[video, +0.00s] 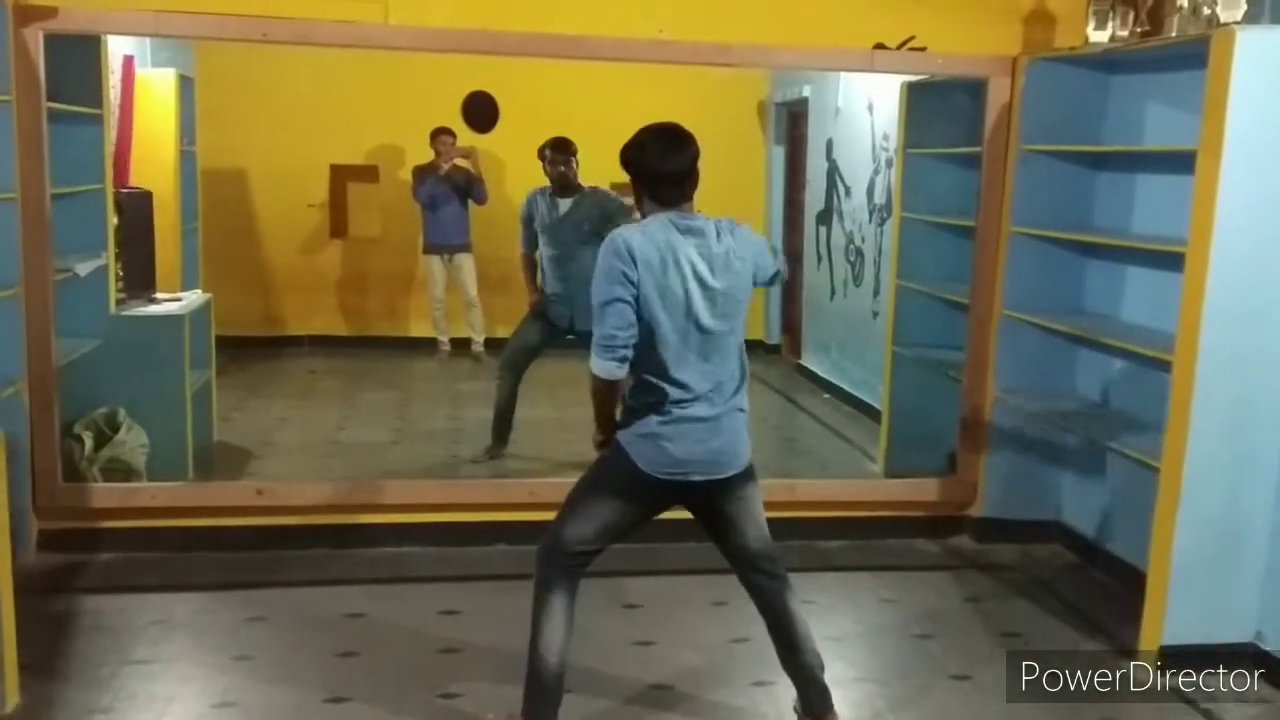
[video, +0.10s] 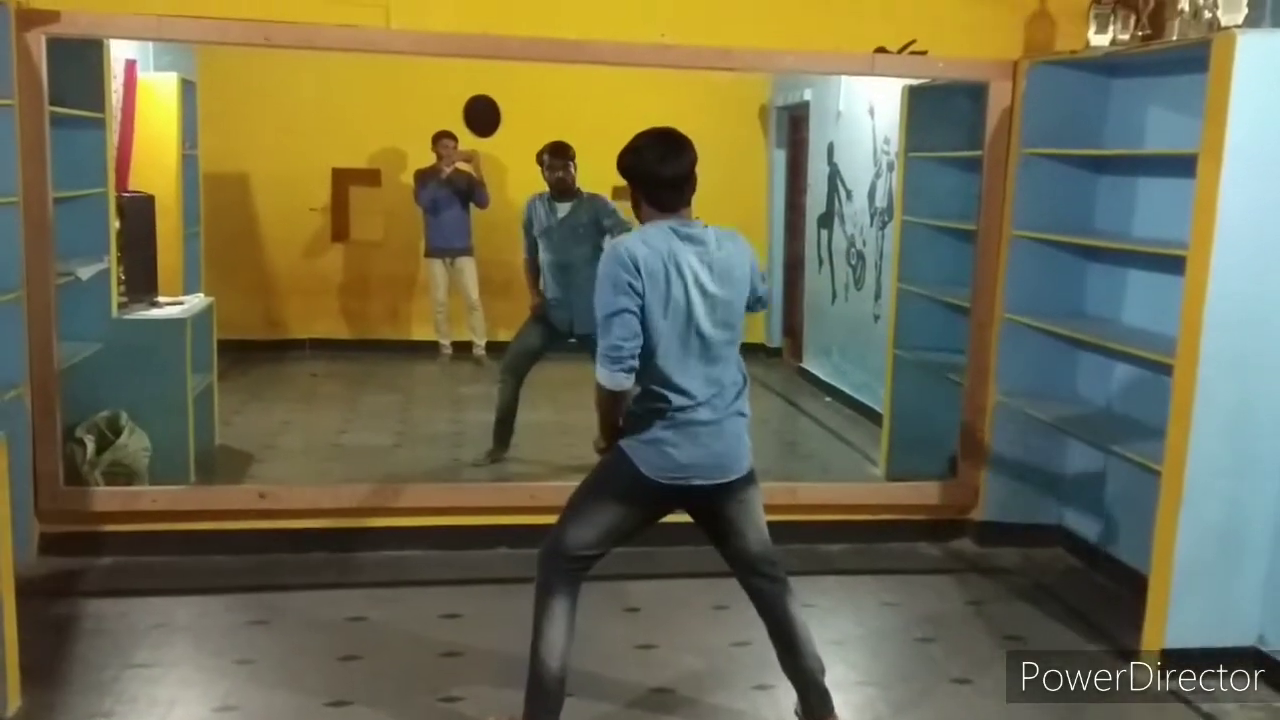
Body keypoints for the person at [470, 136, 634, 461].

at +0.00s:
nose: (562, 170)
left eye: (568, 163)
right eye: (555, 164)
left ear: (577, 164)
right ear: (543, 166)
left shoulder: (601, 202)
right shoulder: (535, 203)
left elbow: (639, 228)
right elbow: (528, 252)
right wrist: (533, 291)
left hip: (596, 311)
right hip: (553, 309)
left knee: (623, 372)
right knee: (509, 363)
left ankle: (621, 440)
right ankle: (498, 443)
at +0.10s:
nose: (561, 174)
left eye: (566, 167)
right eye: (553, 169)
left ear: (575, 169)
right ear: (542, 172)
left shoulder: (598, 207)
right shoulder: (535, 209)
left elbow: (630, 243)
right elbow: (531, 255)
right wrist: (535, 294)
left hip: (595, 314)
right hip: (552, 313)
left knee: (617, 379)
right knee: (511, 368)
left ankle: (617, 443)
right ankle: (499, 446)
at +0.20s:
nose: (562, 179)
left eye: (567, 172)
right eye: (554, 173)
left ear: (576, 172)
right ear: (543, 176)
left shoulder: (596, 213)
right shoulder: (536, 215)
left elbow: (621, 252)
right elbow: (533, 260)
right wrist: (537, 298)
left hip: (593, 317)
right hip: (552, 316)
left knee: (624, 381)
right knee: (511, 372)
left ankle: (626, 446)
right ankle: (500, 450)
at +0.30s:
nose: (558, 183)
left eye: (563, 176)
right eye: (551, 178)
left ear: (575, 176)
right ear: (542, 180)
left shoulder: (595, 216)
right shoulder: (538, 218)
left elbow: (609, 254)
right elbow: (536, 265)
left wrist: (613, 211)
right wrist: (538, 303)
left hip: (593, 319)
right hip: (552, 318)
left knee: (627, 384)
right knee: (513, 376)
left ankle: (635, 450)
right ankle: (502, 453)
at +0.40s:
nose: (549, 191)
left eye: (554, 184)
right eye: (544, 185)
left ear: (569, 181)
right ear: (540, 186)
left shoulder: (589, 215)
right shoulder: (542, 221)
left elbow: (617, 233)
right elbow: (542, 267)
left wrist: (591, 197)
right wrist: (540, 304)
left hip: (592, 323)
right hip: (553, 322)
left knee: (626, 394)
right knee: (513, 380)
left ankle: (647, 452)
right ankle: (503, 457)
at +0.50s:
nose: (560, 191)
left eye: (565, 183)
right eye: (553, 186)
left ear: (576, 183)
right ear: (544, 188)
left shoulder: (594, 216)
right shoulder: (545, 224)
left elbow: (619, 223)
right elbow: (543, 269)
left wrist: (580, 207)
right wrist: (541, 306)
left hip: (595, 326)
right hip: (555, 326)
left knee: (628, 397)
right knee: (515, 381)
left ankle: (649, 456)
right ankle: (505, 459)